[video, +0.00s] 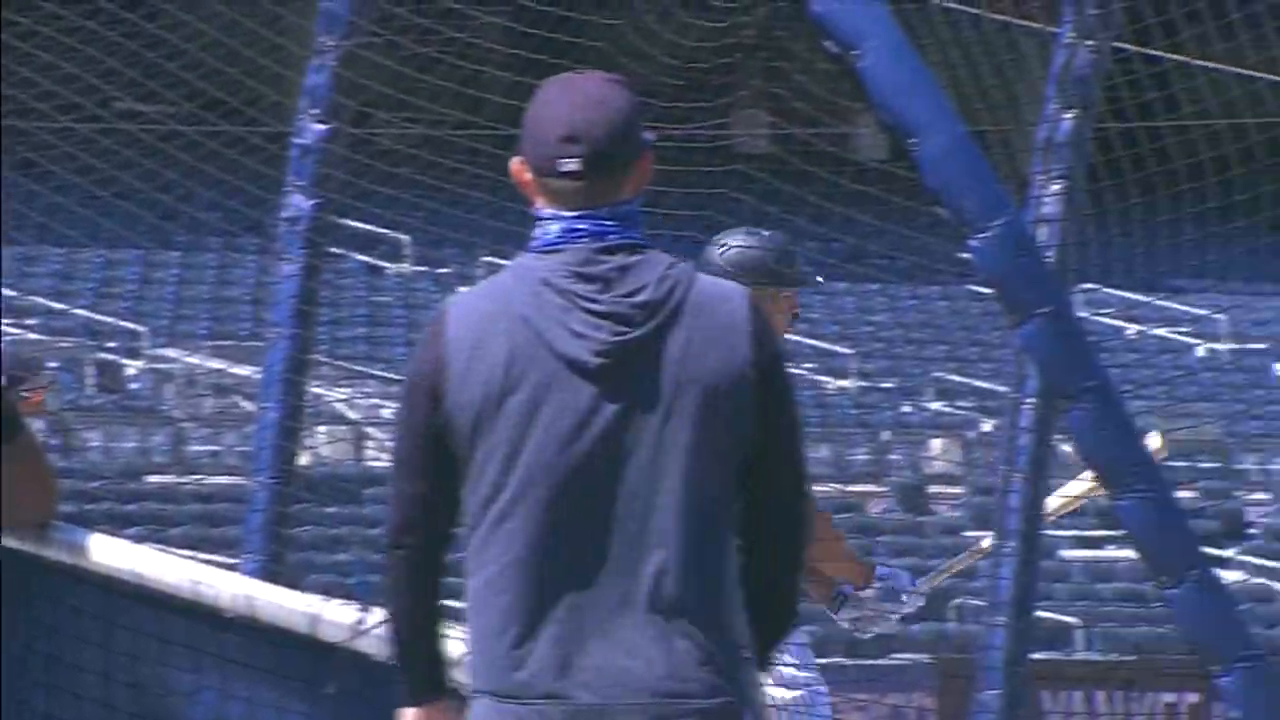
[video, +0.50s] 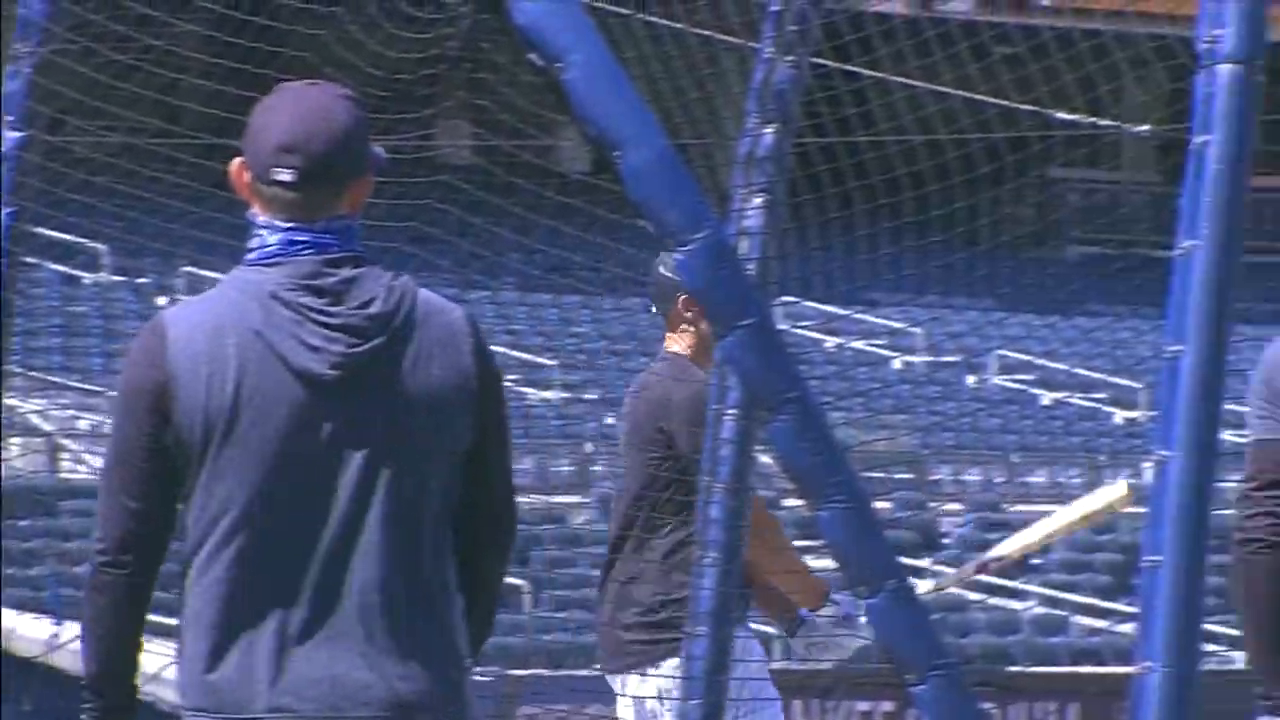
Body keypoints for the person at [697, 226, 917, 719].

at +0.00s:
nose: (794, 309)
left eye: (792, 297)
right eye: (787, 297)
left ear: (729, 299)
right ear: (757, 302)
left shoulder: (691, 372)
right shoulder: (748, 376)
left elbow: (756, 508)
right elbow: (791, 504)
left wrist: (832, 592)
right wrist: (867, 577)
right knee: (802, 704)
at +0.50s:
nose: (734, 308)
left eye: (731, 293)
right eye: (720, 295)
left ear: (680, 308)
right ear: (687, 308)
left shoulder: (658, 384)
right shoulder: (693, 391)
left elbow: (717, 524)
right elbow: (745, 520)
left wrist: (790, 616)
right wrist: (821, 601)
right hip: (678, 634)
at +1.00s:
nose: (819, 305)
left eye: (824, 289)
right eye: (800, 293)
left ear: (835, 289)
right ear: (759, 297)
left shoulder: (849, 388)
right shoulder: (718, 383)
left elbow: (864, 515)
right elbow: (722, 516)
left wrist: (852, 609)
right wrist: (809, 595)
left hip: (816, 624)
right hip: (722, 627)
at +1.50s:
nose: (688, 238)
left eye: (701, 222)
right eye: (675, 226)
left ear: (734, 218)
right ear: (662, 230)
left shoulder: (812, 303)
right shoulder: (651, 317)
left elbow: (840, 438)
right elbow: (631, 445)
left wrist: (830, 543)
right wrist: (669, 540)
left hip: (802, 553)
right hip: (700, 559)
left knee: (820, 708)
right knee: (715, 708)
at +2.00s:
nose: (645, 279)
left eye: (656, 257)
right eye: (631, 262)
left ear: (696, 243)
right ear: (619, 261)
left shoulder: (778, 315)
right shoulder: (634, 327)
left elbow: (847, 436)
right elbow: (621, 445)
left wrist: (905, 548)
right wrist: (603, 567)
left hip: (761, 557)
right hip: (678, 567)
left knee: (726, 706)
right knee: (721, 707)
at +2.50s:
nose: (668, 226)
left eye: (682, 207)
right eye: (655, 211)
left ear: (726, 195)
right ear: (645, 209)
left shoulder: (807, 279)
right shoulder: (665, 292)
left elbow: (826, 431)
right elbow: (648, 415)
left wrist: (791, 550)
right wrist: (575, 463)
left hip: (779, 547)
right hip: (675, 552)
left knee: (783, 708)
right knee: (617, 708)